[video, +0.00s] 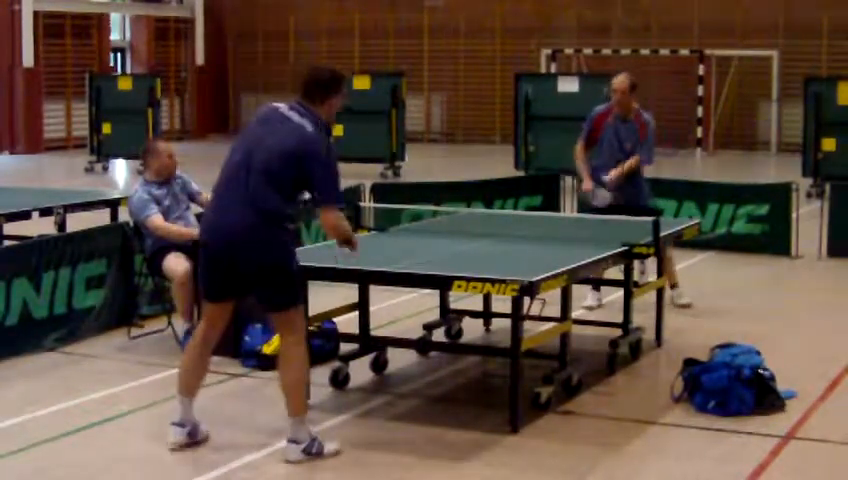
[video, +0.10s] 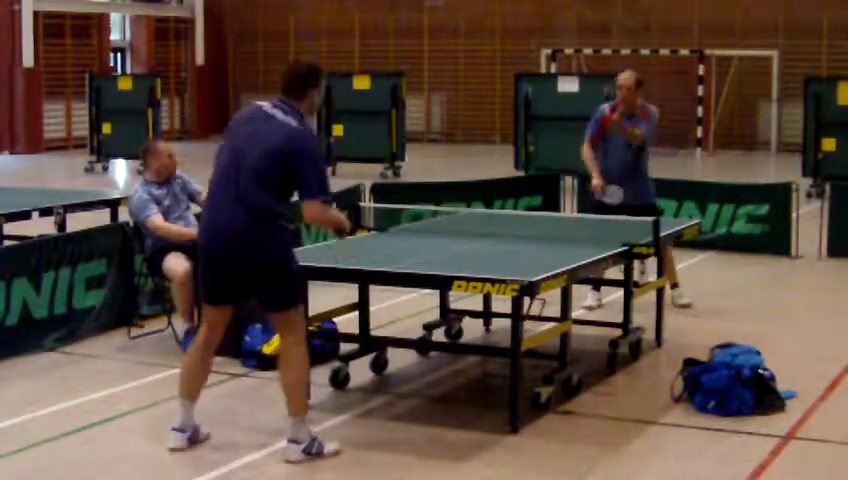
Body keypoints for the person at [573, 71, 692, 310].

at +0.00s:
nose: (616, 97)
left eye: (621, 93)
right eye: (613, 92)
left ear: (631, 94)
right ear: (610, 93)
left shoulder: (644, 121)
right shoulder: (599, 115)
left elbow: (641, 156)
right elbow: (580, 147)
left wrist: (619, 171)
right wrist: (586, 178)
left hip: (632, 185)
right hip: (601, 185)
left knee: (657, 235)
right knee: (597, 238)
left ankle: (674, 287)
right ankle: (594, 290)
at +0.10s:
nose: (622, 94)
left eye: (627, 89)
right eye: (620, 88)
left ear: (637, 91)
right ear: (615, 89)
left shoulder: (648, 114)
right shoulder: (604, 112)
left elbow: (642, 138)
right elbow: (587, 146)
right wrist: (595, 174)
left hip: (638, 185)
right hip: (608, 185)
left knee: (658, 237)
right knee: (599, 239)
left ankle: (674, 287)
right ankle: (594, 289)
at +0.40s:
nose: (643, 77)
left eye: (649, 72)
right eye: (640, 72)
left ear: (657, 78)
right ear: (635, 76)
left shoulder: (666, 105)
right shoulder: (622, 101)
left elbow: (675, 135)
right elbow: (611, 123)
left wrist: (657, 134)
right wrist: (626, 134)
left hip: (656, 184)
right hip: (625, 182)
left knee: (668, 237)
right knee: (609, 235)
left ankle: (675, 287)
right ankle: (596, 289)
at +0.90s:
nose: (647, 81)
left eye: (653, 78)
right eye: (645, 76)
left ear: (663, 85)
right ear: (639, 80)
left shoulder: (666, 115)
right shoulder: (627, 103)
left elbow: (679, 151)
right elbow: (632, 101)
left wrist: (663, 174)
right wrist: (670, 89)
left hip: (651, 182)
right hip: (622, 180)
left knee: (666, 238)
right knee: (610, 237)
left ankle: (675, 288)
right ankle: (591, 289)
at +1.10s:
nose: (642, 121)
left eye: (647, 117)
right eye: (640, 116)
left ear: (653, 116)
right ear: (634, 111)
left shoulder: (657, 135)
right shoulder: (619, 121)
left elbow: (665, 172)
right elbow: (589, 139)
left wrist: (649, 199)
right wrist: (622, 150)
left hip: (641, 201)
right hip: (609, 198)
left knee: (664, 244)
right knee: (598, 246)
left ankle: (676, 289)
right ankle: (587, 294)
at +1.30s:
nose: (636, 128)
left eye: (640, 125)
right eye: (634, 124)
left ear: (648, 123)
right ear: (628, 118)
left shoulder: (654, 140)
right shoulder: (611, 129)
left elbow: (661, 179)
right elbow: (576, 148)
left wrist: (652, 204)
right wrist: (588, 171)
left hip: (640, 208)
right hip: (608, 204)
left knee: (666, 247)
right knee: (596, 249)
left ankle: (677, 289)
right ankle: (587, 295)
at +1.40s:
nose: (633, 121)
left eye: (637, 116)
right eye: (631, 115)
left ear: (646, 115)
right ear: (626, 112)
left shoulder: (655, 135)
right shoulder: (611, 127)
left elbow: (663, 176)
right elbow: (582, 153)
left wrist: (653, 204)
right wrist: (596, 173)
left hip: (641, 202)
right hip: (610, 198)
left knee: (666, 246)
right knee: (596, 246)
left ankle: (677, 290)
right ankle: (586, 295)